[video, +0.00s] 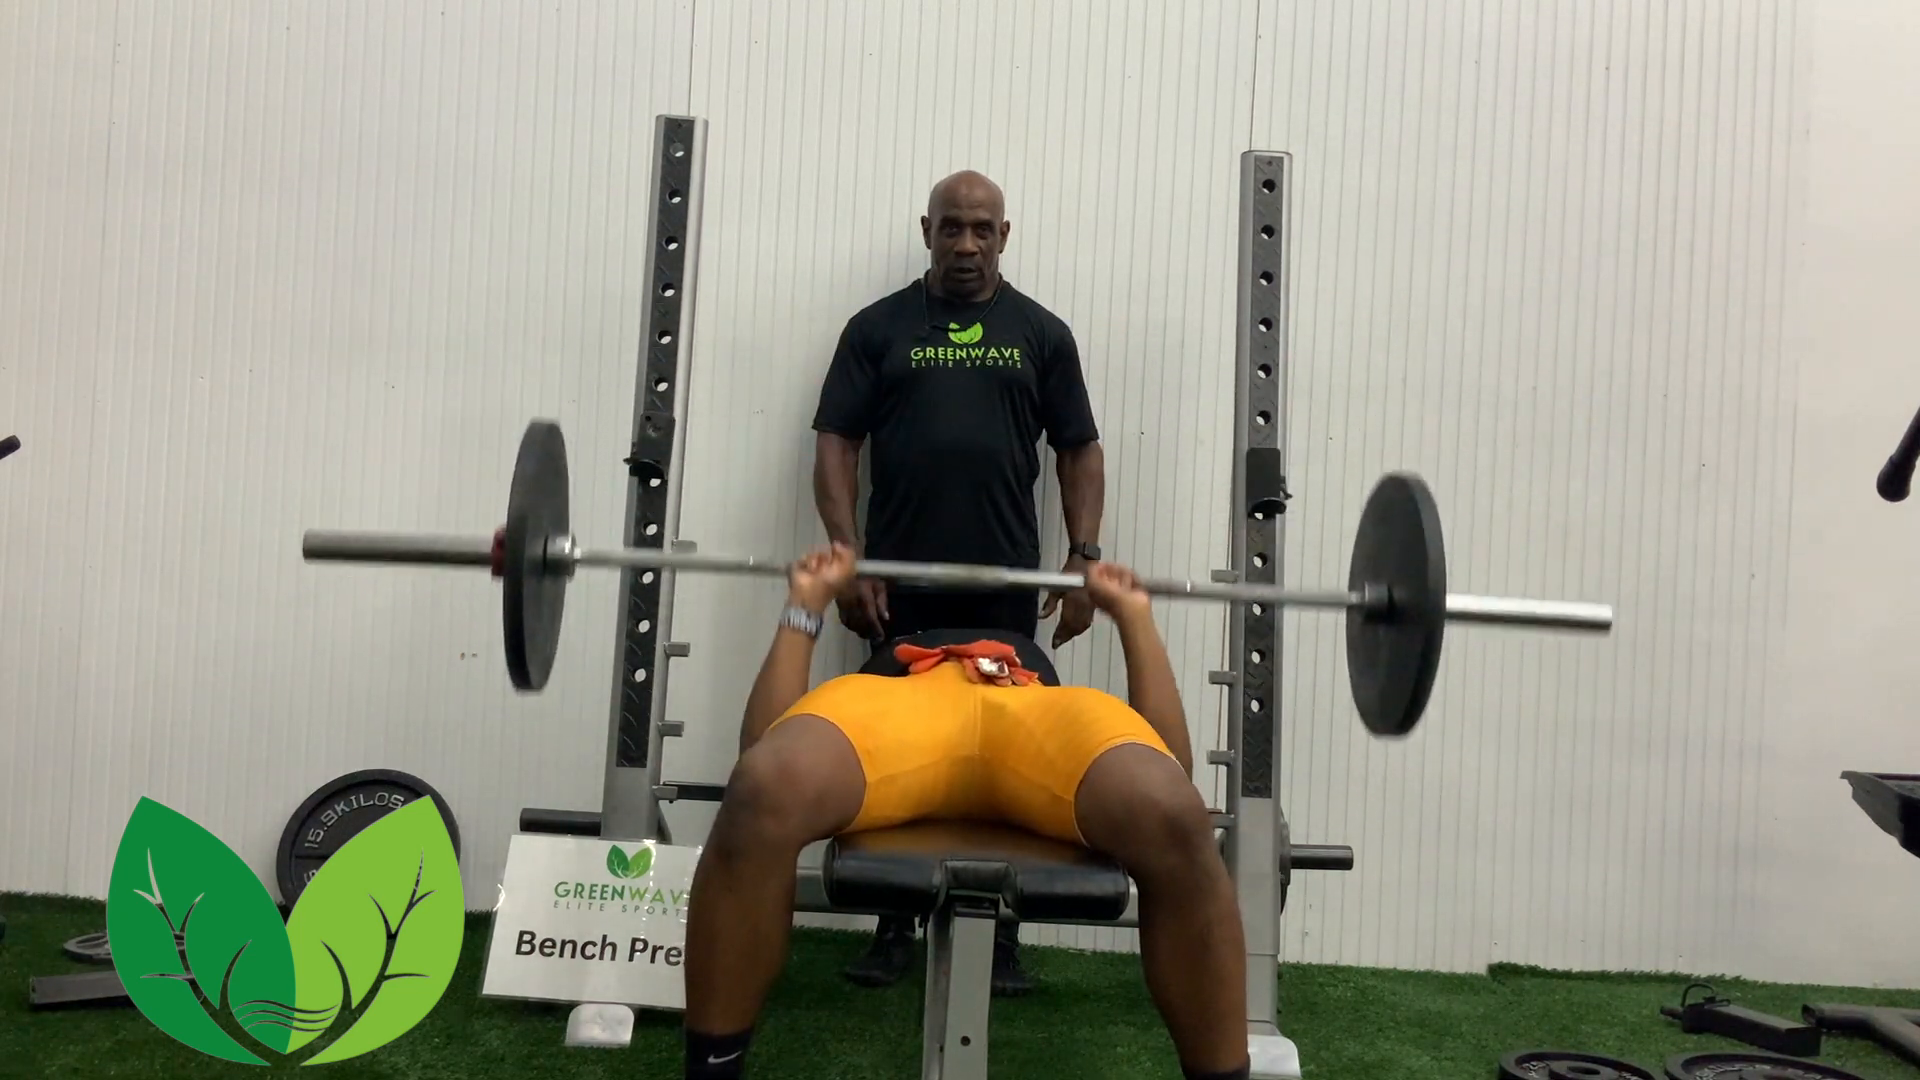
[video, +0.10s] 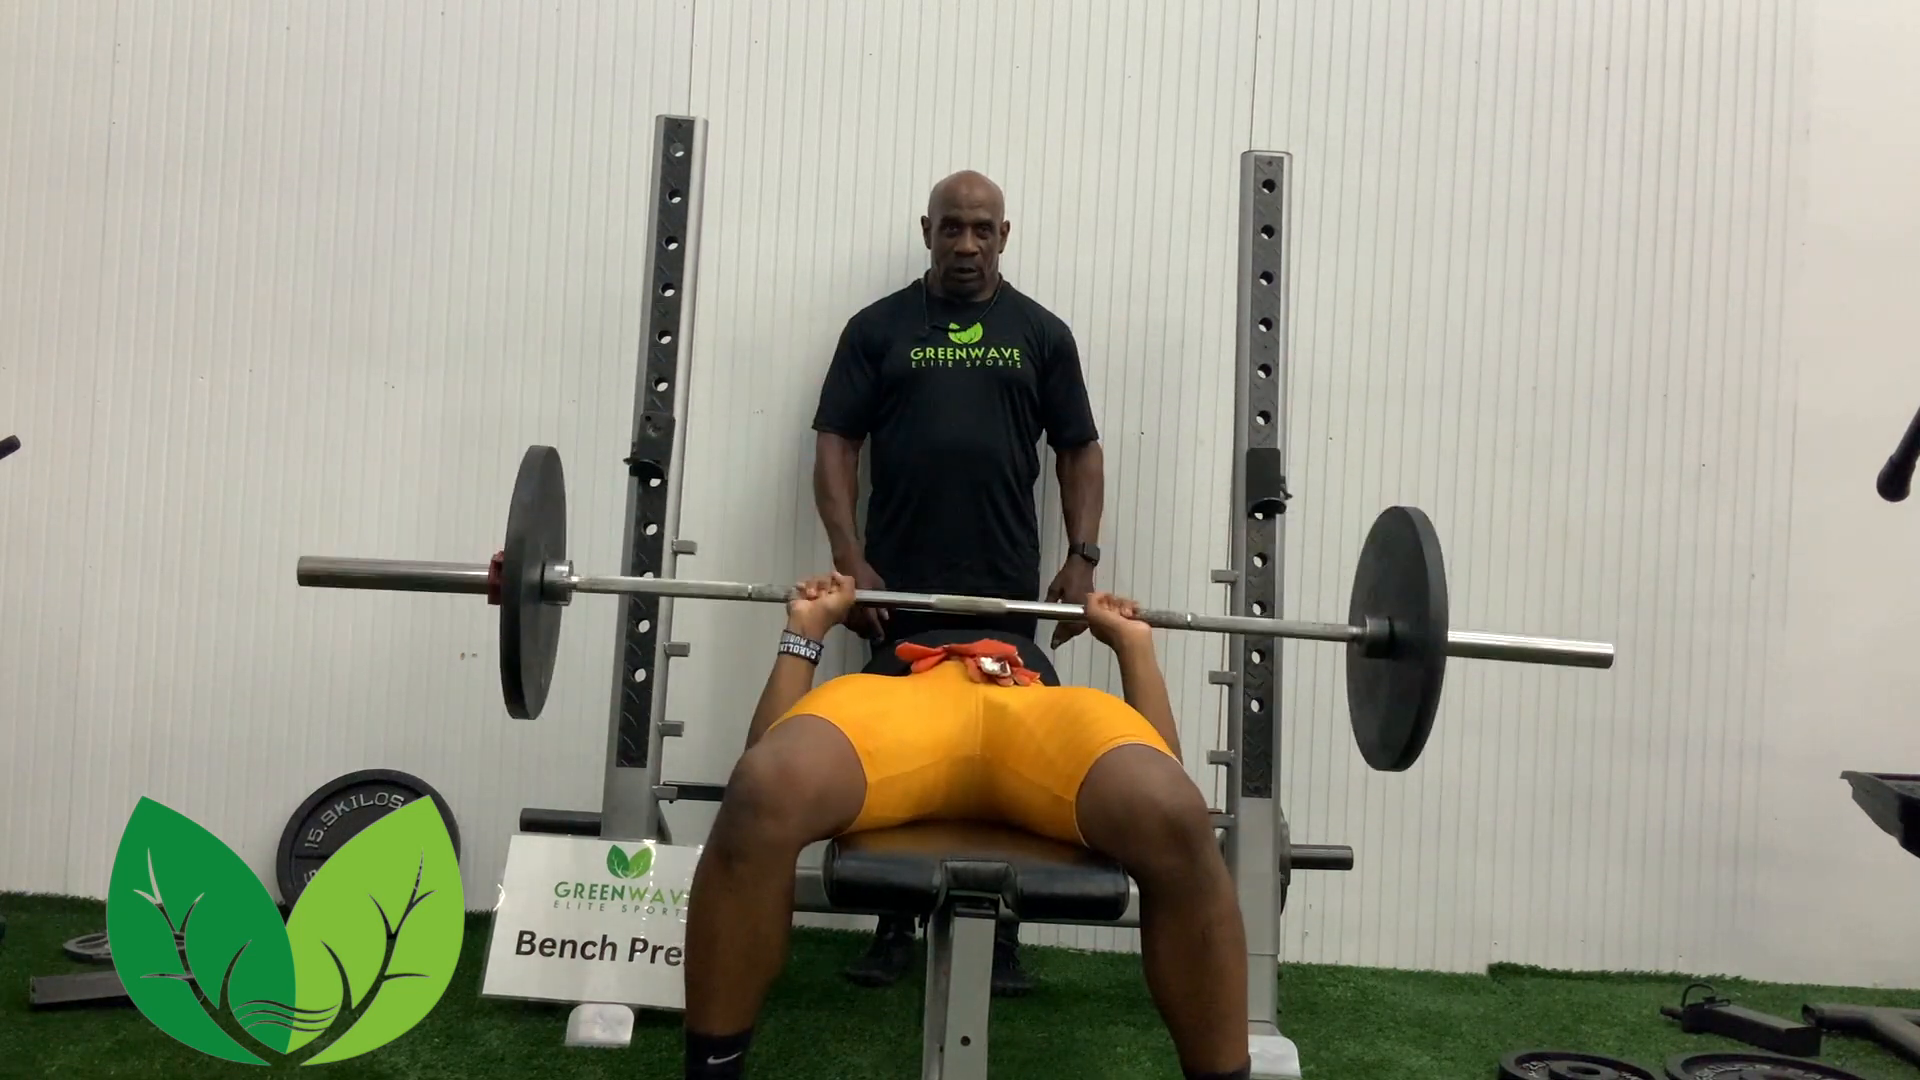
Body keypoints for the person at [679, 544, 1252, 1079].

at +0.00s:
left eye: (999, 655)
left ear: (1028, 671)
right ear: (921, 648)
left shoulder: (1056, 700)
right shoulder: (885, 689)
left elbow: (1171, 772)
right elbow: (763, 754)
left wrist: (1136, 620)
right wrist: (803, 612)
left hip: (1053, 707)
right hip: (890, 698)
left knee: (1178, 823)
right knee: (761, 789)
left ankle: (1223, 1072)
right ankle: (711, 1066)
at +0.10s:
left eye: (997, 655)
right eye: (943, 652)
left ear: (1027, 673)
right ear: (921, 658)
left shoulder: (1051, 699)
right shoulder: (888, 687)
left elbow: (1160, 768)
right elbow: (767, 766)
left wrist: (1136, 647)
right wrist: (803, 637)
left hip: (1047, 707)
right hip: (896, 693)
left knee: (1178, 823)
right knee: (758, 794)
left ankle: (1223, 1070)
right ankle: (712, 1068)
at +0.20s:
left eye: (1004, 650)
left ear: (1031, 665)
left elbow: (1171, 779)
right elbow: (762, 765)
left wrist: (1137, 626)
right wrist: (802, 612)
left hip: (1056, 706)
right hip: (895, 694)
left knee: (1180, 825)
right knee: (762, 794)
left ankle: (1224, 1075)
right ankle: (712, 1068)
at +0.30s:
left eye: (1008, 657)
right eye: (943, 655)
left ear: (1030, 671)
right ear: (920, 663)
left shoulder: (1052, 689)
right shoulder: (878, 687)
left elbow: (1176, 725)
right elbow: (757, 699)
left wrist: (1138, 571)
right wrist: (803, 556)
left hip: (1042, 699)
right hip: (897, 693)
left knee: (1182, 822)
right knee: (763, 794)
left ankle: (1222, 1071)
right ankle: (713, 1066)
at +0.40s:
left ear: (1031, 669)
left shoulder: (1063, 694)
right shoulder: (863, 682)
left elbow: (1163, 667)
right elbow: (765, 635)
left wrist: (1139, 515)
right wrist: (804, 498)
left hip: (1049, 708)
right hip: (889, 699)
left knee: (1181, 822)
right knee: (760, 792)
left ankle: (1224, 1071)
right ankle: (713, 1065)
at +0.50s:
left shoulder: (1063, 689)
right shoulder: (854, 681)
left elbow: (1143, 607)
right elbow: (790, 577)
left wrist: (1138, 447)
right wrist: (810, 430)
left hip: (1044, 707)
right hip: (891, 696)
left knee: (1189, 819)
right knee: (758, 789)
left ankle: (1223, 1072)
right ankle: (712, 1065)